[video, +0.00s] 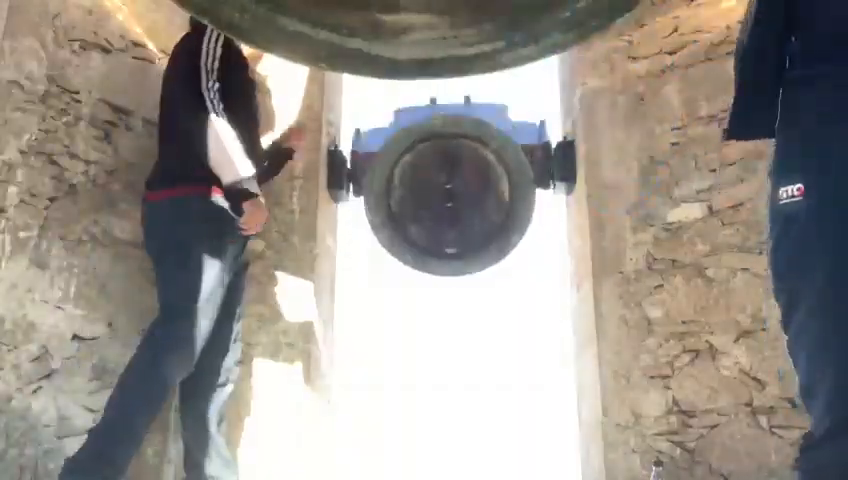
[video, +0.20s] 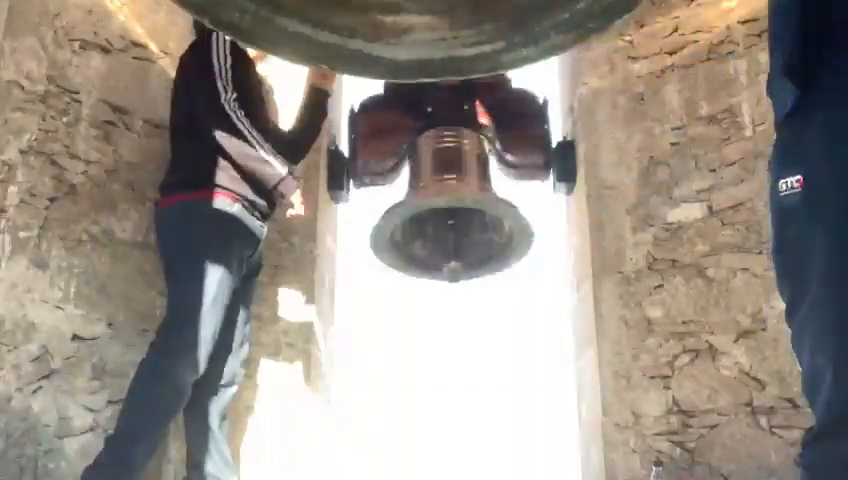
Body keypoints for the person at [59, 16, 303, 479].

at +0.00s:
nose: (267, 31)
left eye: (269, 25)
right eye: (264, 21)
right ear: (245, 12)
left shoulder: (238, 72)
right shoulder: (208, 37)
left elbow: (239, 174)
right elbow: (207, 116)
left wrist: (281, 153)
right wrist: (248, 190)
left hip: (226, 217)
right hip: (191, 205)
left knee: (216, 370)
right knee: (179, 345)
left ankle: (212, 471)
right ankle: (91, 470)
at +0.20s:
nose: (277, 37)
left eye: (279, 31)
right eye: (273, 26)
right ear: (251, 18)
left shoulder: (250, 82)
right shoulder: (216, 41)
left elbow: (290, 152)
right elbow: (221, 116)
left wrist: (320, 91)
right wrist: (280, 182)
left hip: (245, 227)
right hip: (207, 212)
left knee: (222, 375)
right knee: (184, 359)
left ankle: (214, 473)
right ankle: (112, 471)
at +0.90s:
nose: (315, 66)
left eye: (318, 57)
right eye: (314, 54)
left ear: (290, 49)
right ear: (292, 44)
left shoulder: (271, 96)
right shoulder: (253, 64)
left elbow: (290, 161)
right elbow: (237, 138)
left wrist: (345, 166)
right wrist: (252, 221)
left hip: (228, 222)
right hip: (196, 212)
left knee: (216, 370)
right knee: (177, 349)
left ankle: (213, 471)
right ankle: (110, 470)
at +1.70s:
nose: (281, 42)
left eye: (283, 32)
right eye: (277, 29)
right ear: (254, 25)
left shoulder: (246, 82)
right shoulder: (224, 62)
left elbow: (297, 142)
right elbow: (243, 141)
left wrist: (365, 120)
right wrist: (319, 187)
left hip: (226, 235)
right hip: (194, 227)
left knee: (214, 377)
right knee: (164, 364)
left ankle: (213, 473)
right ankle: (116, 472)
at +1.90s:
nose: (305, 59)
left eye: (307, 50)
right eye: (301, 47)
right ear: (275, 40)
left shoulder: (262, 93)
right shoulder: (242, 73)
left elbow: (281, 157)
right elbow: (266, 152)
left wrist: (354, 178)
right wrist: (346, 189)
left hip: (229, 240)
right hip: (202, 230)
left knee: (216, 379)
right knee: (170, 362)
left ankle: (215, 472)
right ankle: (118, 470)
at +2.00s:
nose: (303, 64)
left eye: (305, 55)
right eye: (299, 52)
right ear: (276, 46)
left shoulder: (269, 109)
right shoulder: (247, 71)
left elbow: (304, 181)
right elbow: (287, 146)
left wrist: (366, 223)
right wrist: (362, 148)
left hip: (229, 241)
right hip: (202, 229)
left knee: (217, 379)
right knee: (171, 361)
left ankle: (215, 472)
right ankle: (118, 470)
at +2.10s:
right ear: (268, 50)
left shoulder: (265, 123)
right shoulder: (246, 70)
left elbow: (305, 180)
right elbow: (313, 115)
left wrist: (366, 232)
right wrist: (374, 95)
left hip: (232, 243)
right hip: (202, 226)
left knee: (214, 379)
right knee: (174, 360)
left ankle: (213, 471)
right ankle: (117, 470)